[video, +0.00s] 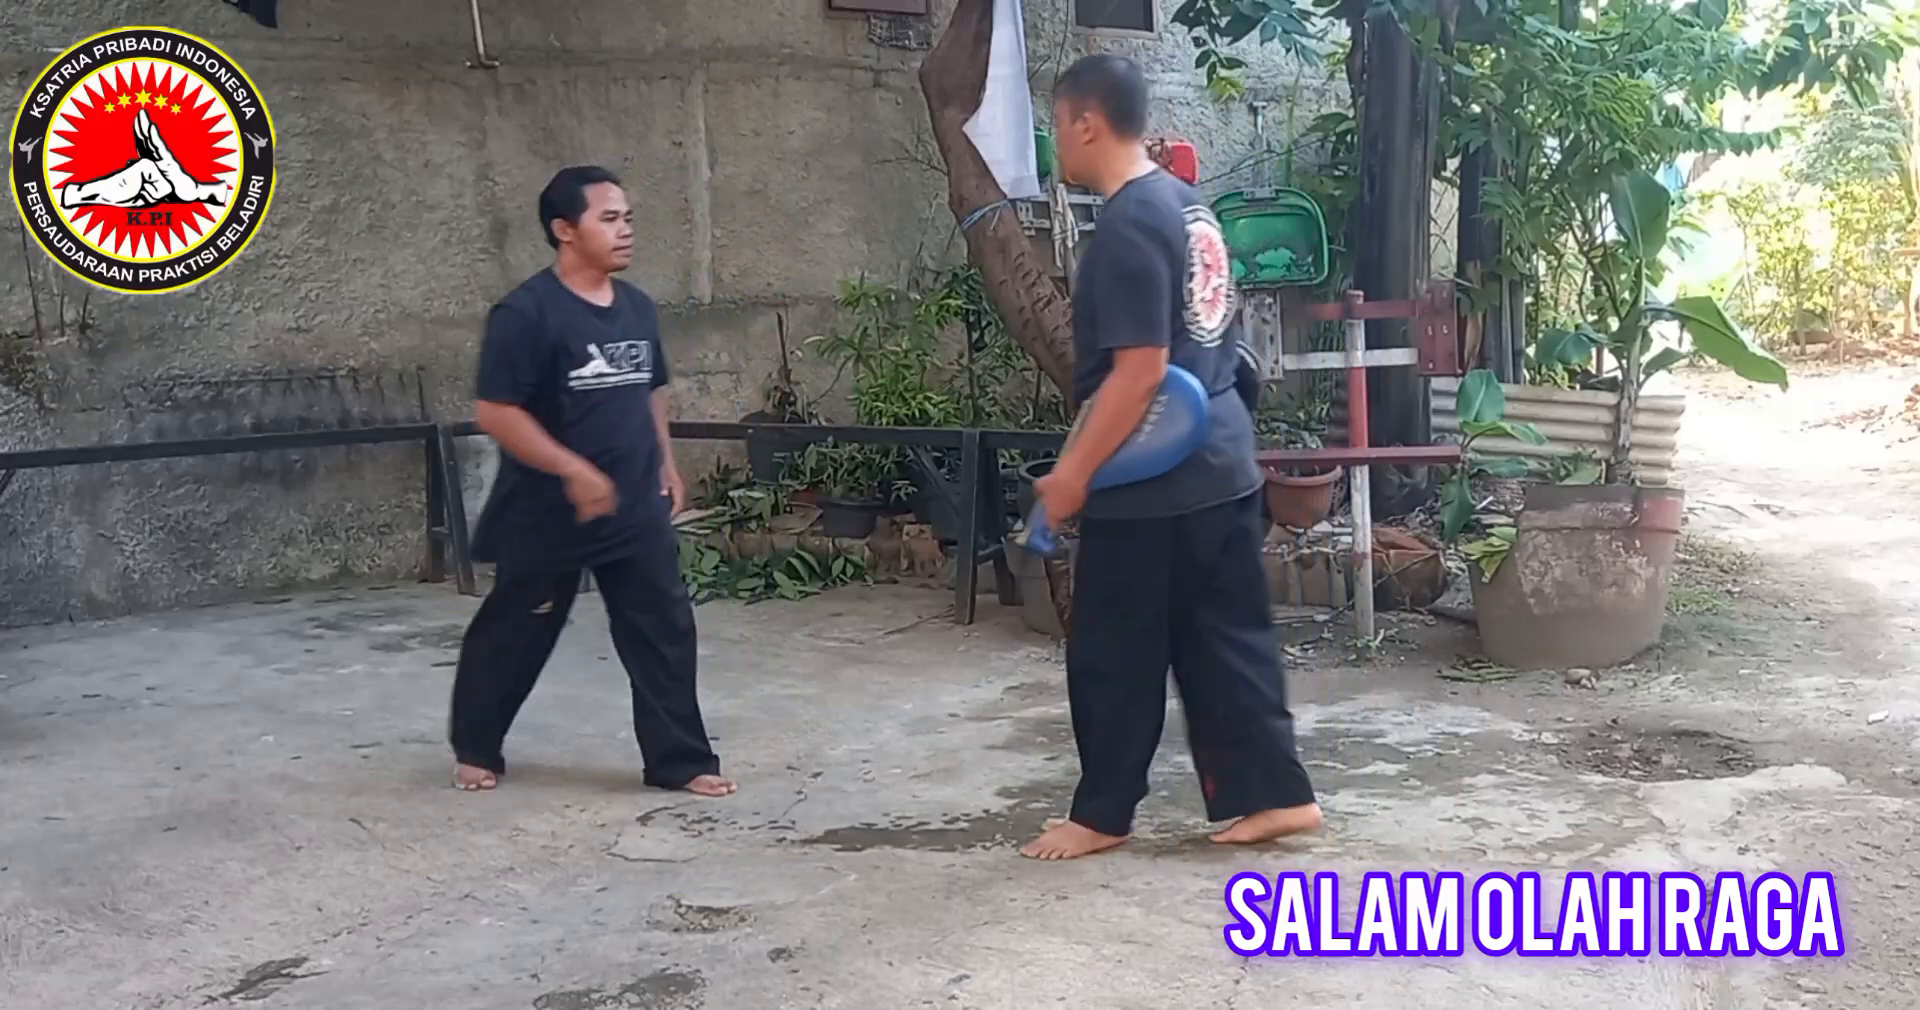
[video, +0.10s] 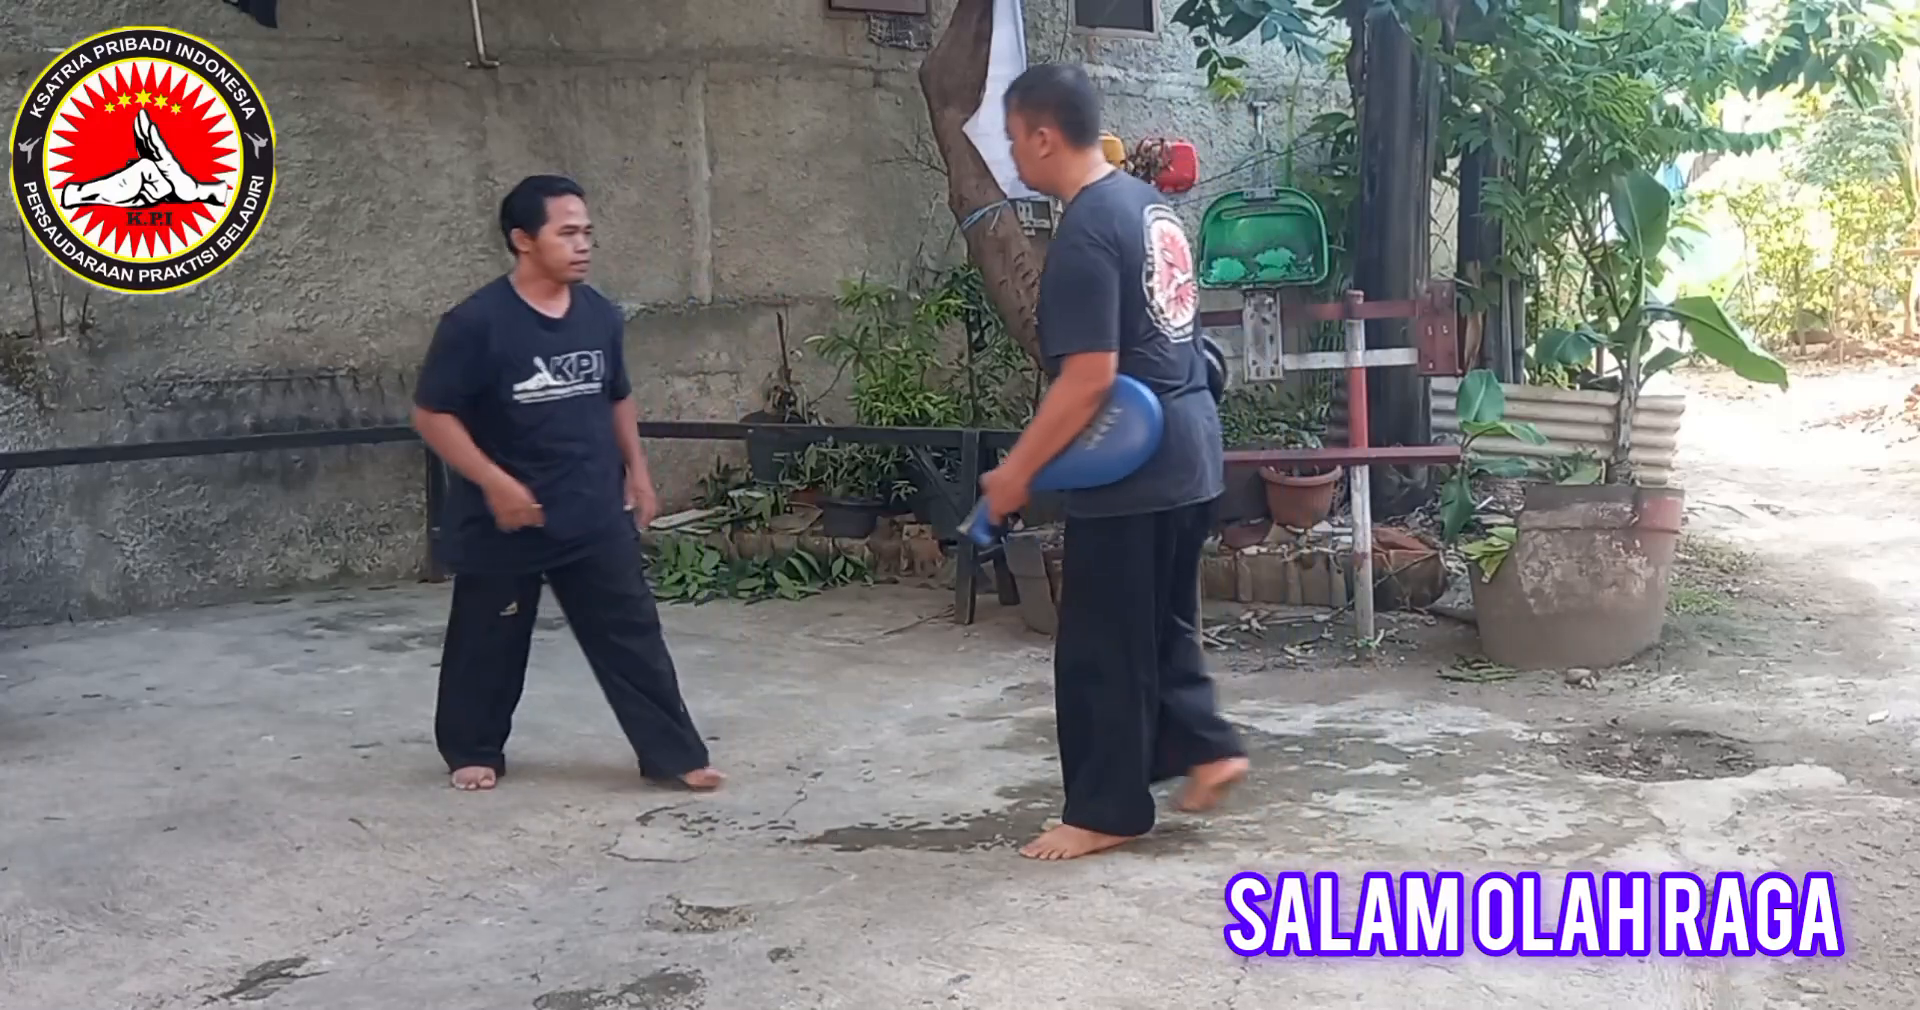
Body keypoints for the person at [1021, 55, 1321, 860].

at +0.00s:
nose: (1057, 146)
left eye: (1059, 128)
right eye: (1059, 129)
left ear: (1088, 125)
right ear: (1133, 125)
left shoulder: (1129, 223)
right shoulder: (1185, 204)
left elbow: (1141, 367)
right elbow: (1201, 348)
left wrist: (1073, 472)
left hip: (1147, 481)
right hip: (1217, 470)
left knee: (1112, 648)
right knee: (1228, 636)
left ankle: (1102, 813)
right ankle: (1280, 795)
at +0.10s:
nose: (1013, 155)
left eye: (1015, 138)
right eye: (1013, 139)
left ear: (1044, 135)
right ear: (1086, 130)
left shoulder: (1088, 227)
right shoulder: (1144, 203)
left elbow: (1091, 372)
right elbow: (1162, 341)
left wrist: (1017, 468)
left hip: (1127, 465)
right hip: (1187, 456)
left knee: (1100, 636)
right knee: (1163, 615)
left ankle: (1105, 812)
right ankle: (1207, 749)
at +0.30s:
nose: (950, 186)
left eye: (949, 168)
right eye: (946, 170)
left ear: (984, 159)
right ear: (1006, 156)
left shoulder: (1053, 229)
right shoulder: (1051, 223)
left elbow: (1050, 374)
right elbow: (1043, 372)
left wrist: (961, 454)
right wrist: (964, 447)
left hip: (1134, 460)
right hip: (1101, 458)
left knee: (1117, 639)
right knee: (1078, 624)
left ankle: (1107, 817)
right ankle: (1066, 776)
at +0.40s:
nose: (924, 217)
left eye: (923, 198)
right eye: (919, 200)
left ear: (958, 182)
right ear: (963, 182)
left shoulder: (1051, 238)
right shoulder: (1003, 260)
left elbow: (1078, 370)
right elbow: (1042, 375)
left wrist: (997, 456)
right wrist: (996, 452)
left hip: (1143, 450)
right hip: (1088, 454)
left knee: (1119, 626)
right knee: (1064, 619)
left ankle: (1115, 812)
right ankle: (1056, 778)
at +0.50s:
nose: (920, 225)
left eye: (920, 205)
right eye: (915, 208)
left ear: (954, 188)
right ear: (958, 189)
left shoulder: (1051, 239)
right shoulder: (990, 276)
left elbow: (1093, 368)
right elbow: (1031, 389)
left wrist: (1022, 463)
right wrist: (1021, 472)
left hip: (1144, 462)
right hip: (1078, 467)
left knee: (1139, 628)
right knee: (1059, 623)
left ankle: (1164, 804)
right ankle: (1058, 779)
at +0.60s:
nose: (932, 217)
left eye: (932, 197)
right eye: (927, 200)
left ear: (971, 179)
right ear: (971, 182)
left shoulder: (1062, 237)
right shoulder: (995, 272)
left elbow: (1103, 366)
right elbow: (1030, 386)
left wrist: (1037, 464)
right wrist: (1016, 464)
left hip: (1148, 463)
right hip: (1072, 470)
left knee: (1188, 628)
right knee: (1069, 624)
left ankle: (1257, 799)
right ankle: (1062, 778)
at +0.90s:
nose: (1016, 191)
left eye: (1018, 173)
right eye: (1012, 175)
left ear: (1059, 161)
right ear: (1060, 162)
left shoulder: (1156, 237)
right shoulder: (1070, 248)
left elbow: (1187, 369)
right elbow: (1094, 364)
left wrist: (1103, 458)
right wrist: (1074, 457)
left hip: (1200, 489)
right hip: (1122, 486)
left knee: (1236, 656)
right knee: (1113, 639)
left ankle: (1295, 811)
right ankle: (1080, 775)